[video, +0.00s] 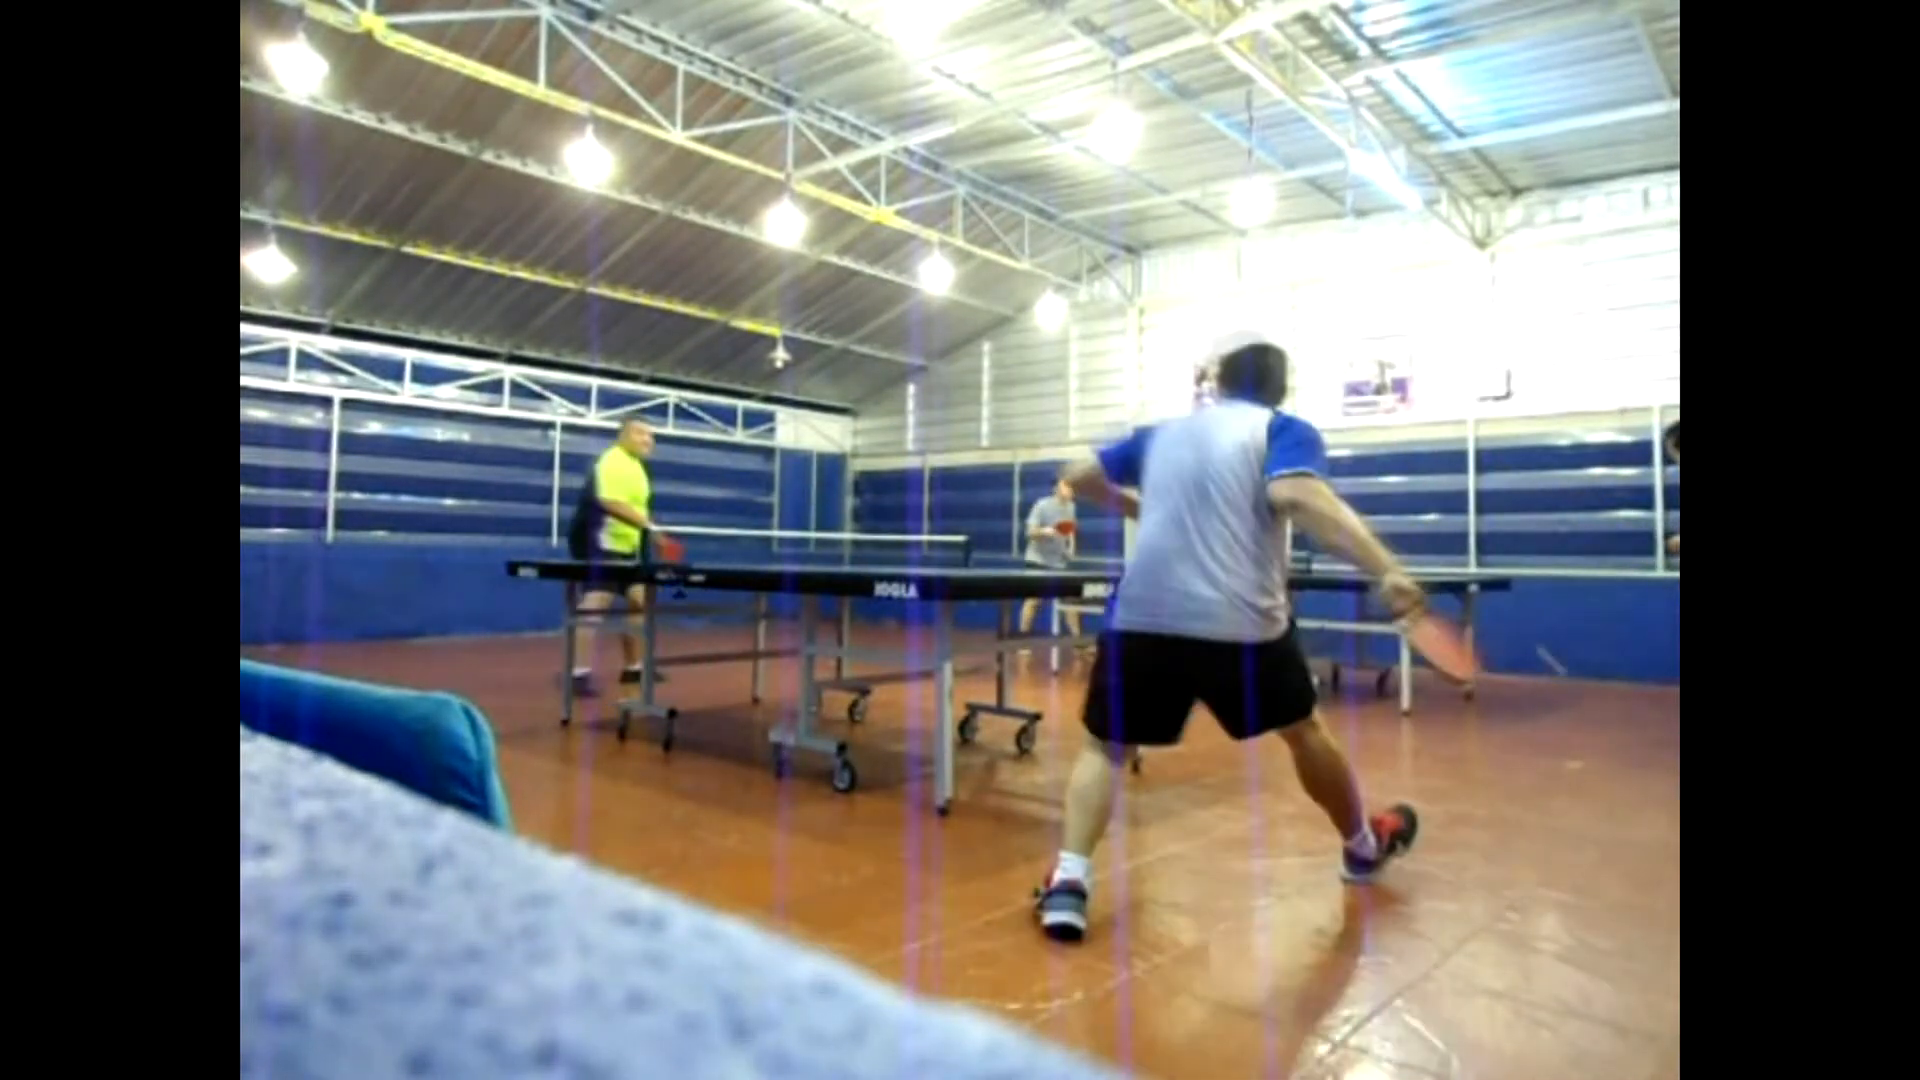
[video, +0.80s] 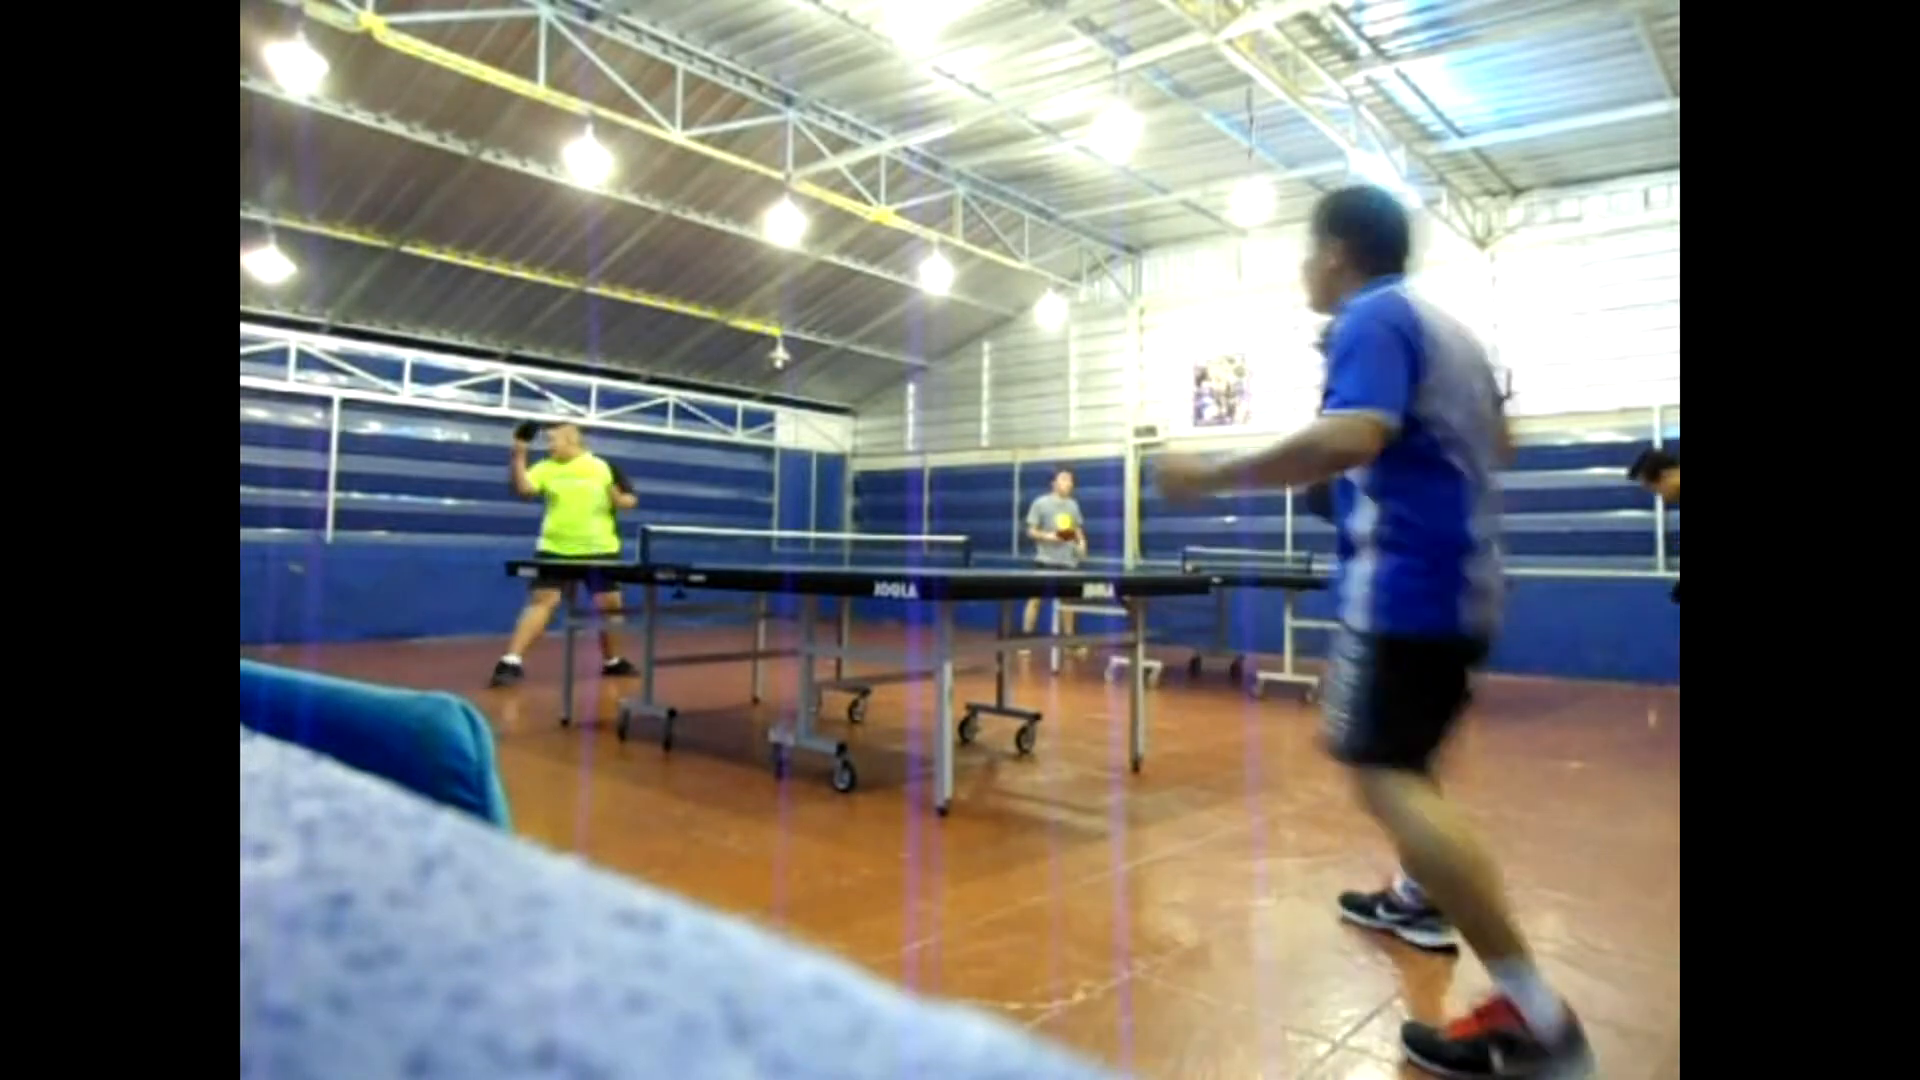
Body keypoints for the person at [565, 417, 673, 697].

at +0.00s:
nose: (648, 441)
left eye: (650, 436)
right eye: (643, 434)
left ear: (646, 441)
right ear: (626, 435)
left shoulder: (637, 466)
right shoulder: (611, 462)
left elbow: (637, 507)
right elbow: (608, 500)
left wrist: (655, 537)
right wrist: (648, 525)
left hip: (631, 546)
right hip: (605, 545)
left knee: (638, 602)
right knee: (595, 604)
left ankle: (634, 664)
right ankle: (581, 668)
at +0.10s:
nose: (628, 429)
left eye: (631, 423)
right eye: (621, 422)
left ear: (634, 428)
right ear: (607, 425)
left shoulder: (631, 459)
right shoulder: (587, 450)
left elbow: (627, 501)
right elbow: (578, 492)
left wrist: (641, 527)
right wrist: (621, 515)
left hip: (617, 539)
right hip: (586, 537)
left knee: (626, 599)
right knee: (573, 597)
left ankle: (632, 660)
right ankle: (537, 656)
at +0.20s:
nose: (607, 430)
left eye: (610, 424)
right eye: (601, 424)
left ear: (613, 428)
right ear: (586, 426)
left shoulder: (620, 459)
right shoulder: (561, 451)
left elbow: (623, 495)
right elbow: (550, 491)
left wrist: (633, 513)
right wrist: (587, 513)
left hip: (605, 541)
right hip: (567, 539)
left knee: (620, 594)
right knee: (546, 596)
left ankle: (628, 655)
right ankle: (507, 658)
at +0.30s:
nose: (586, 442)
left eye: (590, 435)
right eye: (580, 435)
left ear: (594, 439)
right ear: (565, 437)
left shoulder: (604, 470)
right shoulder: (542, 466)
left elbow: (616, 503)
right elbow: (521, 501)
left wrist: (620, 511)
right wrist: (541, 516)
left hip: (592, 551)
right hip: (548, 551)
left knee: (614, 601)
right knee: (527, 607)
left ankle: (614, 655)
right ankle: (497, 665)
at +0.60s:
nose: (550, 445)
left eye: (555, 439)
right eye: (544, 440)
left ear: (565, 441)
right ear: (536, 445)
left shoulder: (587, 465)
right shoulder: (527, 472)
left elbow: (618, 488)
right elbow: (508, 495)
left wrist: (613, 501)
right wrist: (517, 507)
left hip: (589, 547)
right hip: (546, 549)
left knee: (611, 601)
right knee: (531, 603)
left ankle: (611, 659)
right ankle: (501, 666)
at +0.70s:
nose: (550, 445)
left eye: (555, 439)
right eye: (546, 440)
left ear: (570, 440)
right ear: (542, 444)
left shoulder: (594, 464)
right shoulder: (539, 470)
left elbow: (621, 488)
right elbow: (520, 499)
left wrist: (626, 492)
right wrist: (520, 467)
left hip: (596, 546)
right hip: (553, 546)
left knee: (611, 603)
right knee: (538, 604)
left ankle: (612, 659)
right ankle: (504, 665)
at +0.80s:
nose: (550, 445)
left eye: (555, 439)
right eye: (549, 440)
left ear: (572, 440)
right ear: (551, 443)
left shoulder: (601, 467)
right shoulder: (547, 468)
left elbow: (629, 498)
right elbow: (524, 487)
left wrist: (618, 498)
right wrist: (520, 452)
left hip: (599, 547)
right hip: (556, 546)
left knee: (611, 604)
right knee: (542, 601)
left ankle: (612, 659)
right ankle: (512, 659)